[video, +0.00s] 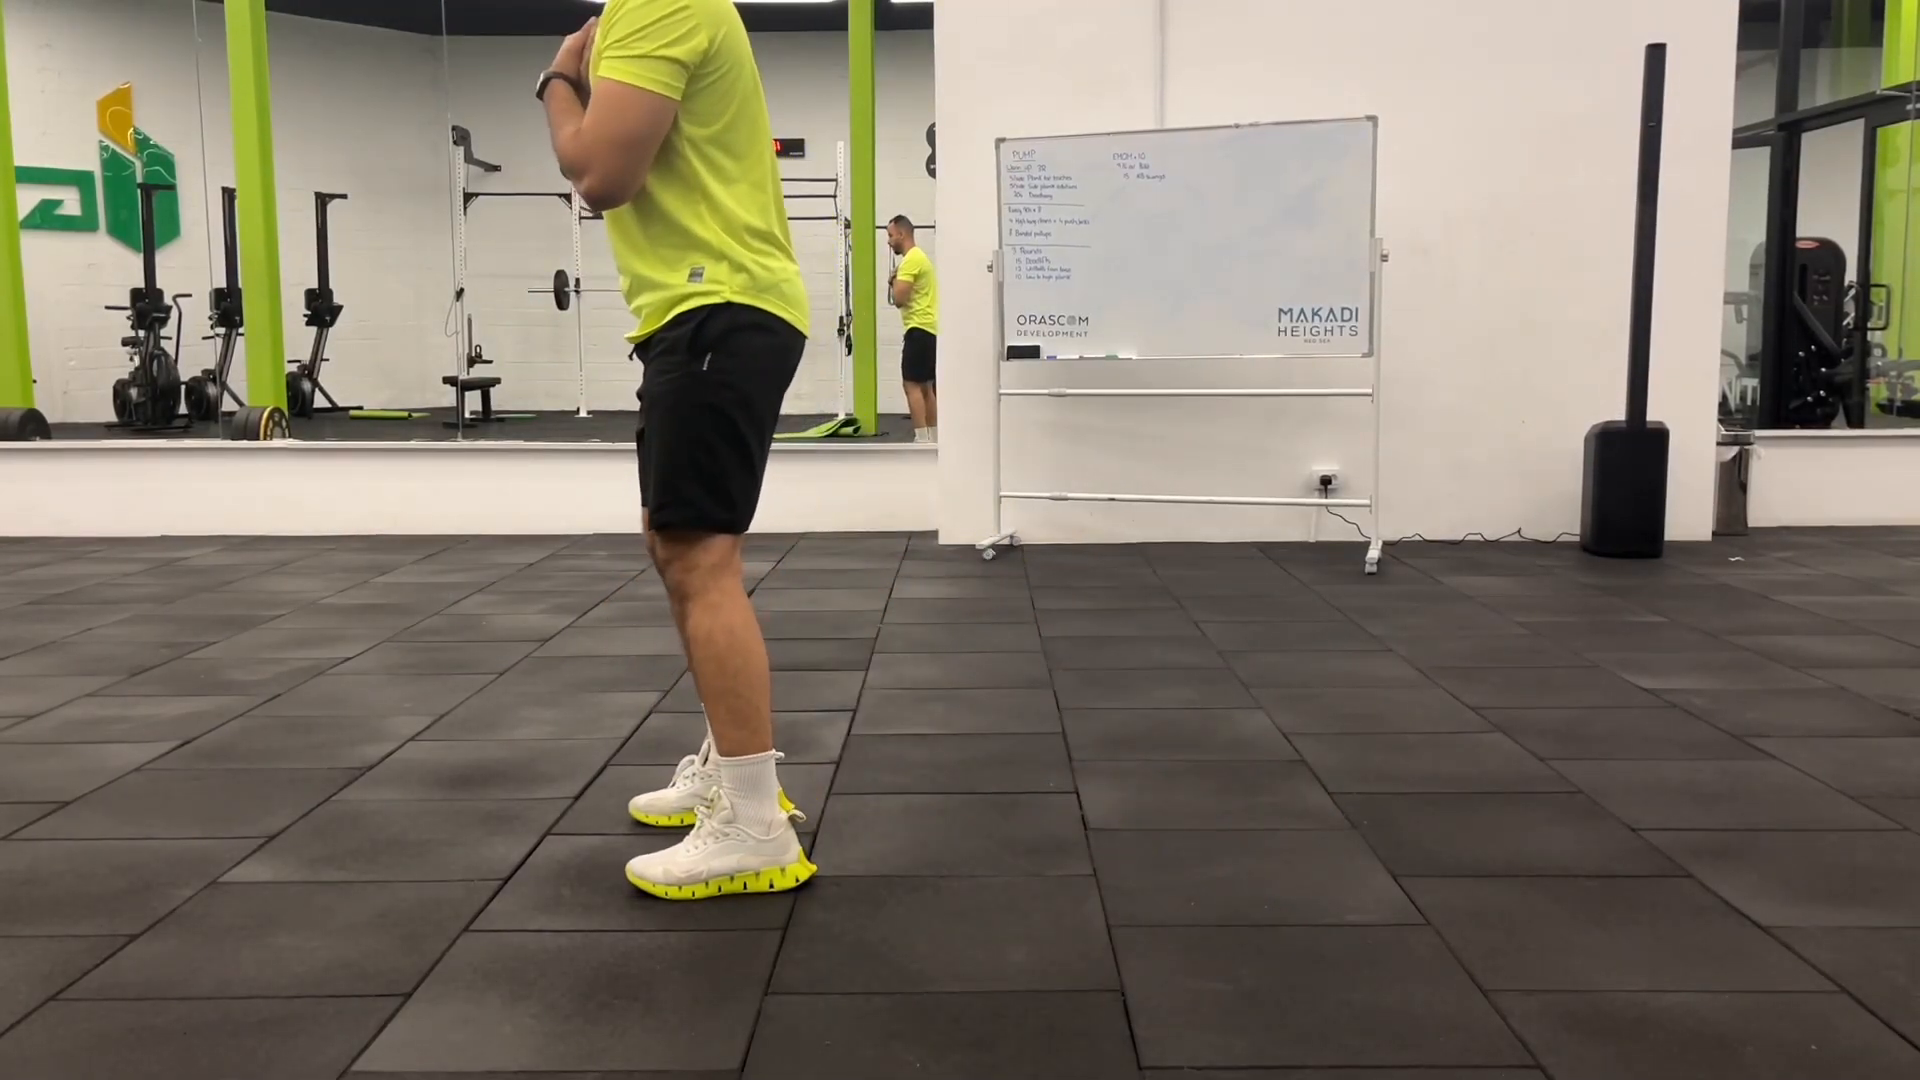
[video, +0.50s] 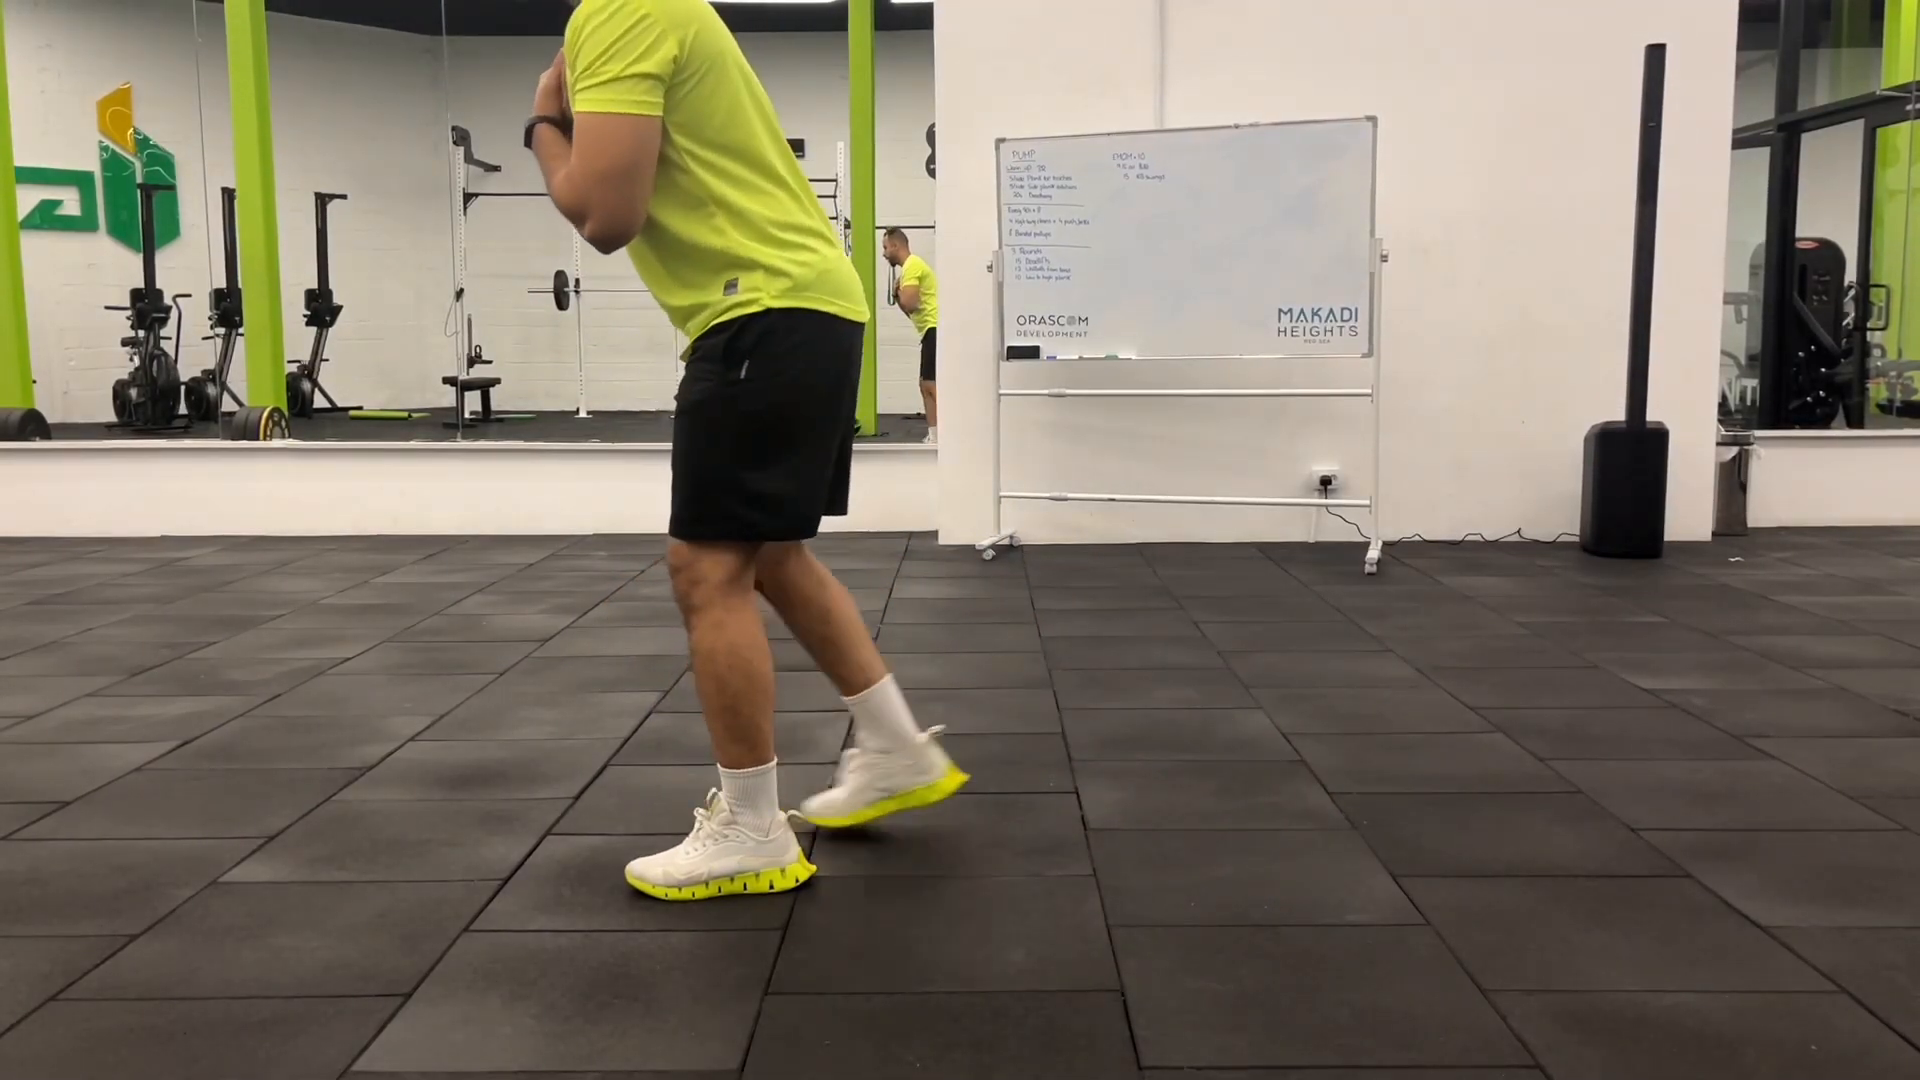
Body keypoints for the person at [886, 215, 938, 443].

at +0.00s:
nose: (888, 241)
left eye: (890, 235)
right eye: (888, 236)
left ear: (901, 234)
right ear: (905, 234)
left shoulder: (911, 259)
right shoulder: (919, 257)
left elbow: (899, 297)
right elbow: (902, 295)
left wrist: (894, 281)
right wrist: (896, 281)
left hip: (918, 329)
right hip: (929, 328)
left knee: (911, 385)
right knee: (926, 386)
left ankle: (922, 438)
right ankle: (933, 435)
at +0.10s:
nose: (889, 241)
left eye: (890, 236)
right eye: (888, 236)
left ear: (902, 234)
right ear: (905, 234)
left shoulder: (912, 259)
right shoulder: (919, 257)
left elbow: (901, 298)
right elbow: (904, 295)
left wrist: (895, 282)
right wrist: (897, 282)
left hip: (920, 328)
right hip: (930, 327)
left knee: (914, 384)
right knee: (928, 386)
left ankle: (923, 437)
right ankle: (933, 434)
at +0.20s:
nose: (889, 244)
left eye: (890, 238)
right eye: (888, 239)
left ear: (901, 237)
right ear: (906, 237)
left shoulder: (913, 261)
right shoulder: (919, 259)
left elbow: (905, 299)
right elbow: (907, 296)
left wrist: (897, 284)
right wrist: (898, 284)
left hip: (924, 328)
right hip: (932, 326)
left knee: (917, 384)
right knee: (931, 385)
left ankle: (923, 436)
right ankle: (934, 434)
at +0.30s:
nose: (887, 247)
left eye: (889, 242)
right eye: (887, 242)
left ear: (899, 241)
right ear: (903, 241)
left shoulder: (914, 262)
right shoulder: (915, 262)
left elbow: (907, 301)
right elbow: (907, 299)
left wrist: (898, 287)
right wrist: (898, 288)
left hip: (929, 328)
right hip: (931, 327)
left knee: (922, 382)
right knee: (931, 384)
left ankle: (925, 436)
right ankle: (934, 434)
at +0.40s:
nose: (885, 250)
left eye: (887, 245)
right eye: (885, 245)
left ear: (898, 244)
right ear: (901, 244)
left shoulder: (914, 264)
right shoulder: (912, 265)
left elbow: (909, 303)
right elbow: (907, 302)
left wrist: (899, 290)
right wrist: (900, 291)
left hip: (931, 328)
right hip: (929, 328)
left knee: (926, 384)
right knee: (926, 384)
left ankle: (935, 433)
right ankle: (934, 432)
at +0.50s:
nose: (884, 252)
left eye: (886, 247)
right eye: (883, 247)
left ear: (896, 246)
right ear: (900, 246)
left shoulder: (912, 265)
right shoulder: (910, 267)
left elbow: (910, 304)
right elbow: (906, 304)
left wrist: (899, 292)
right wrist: (900, 292)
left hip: (934, 329)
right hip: (928, 330)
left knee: (930, 386)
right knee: (925, 386)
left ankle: (938, 434)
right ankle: (933, 433)